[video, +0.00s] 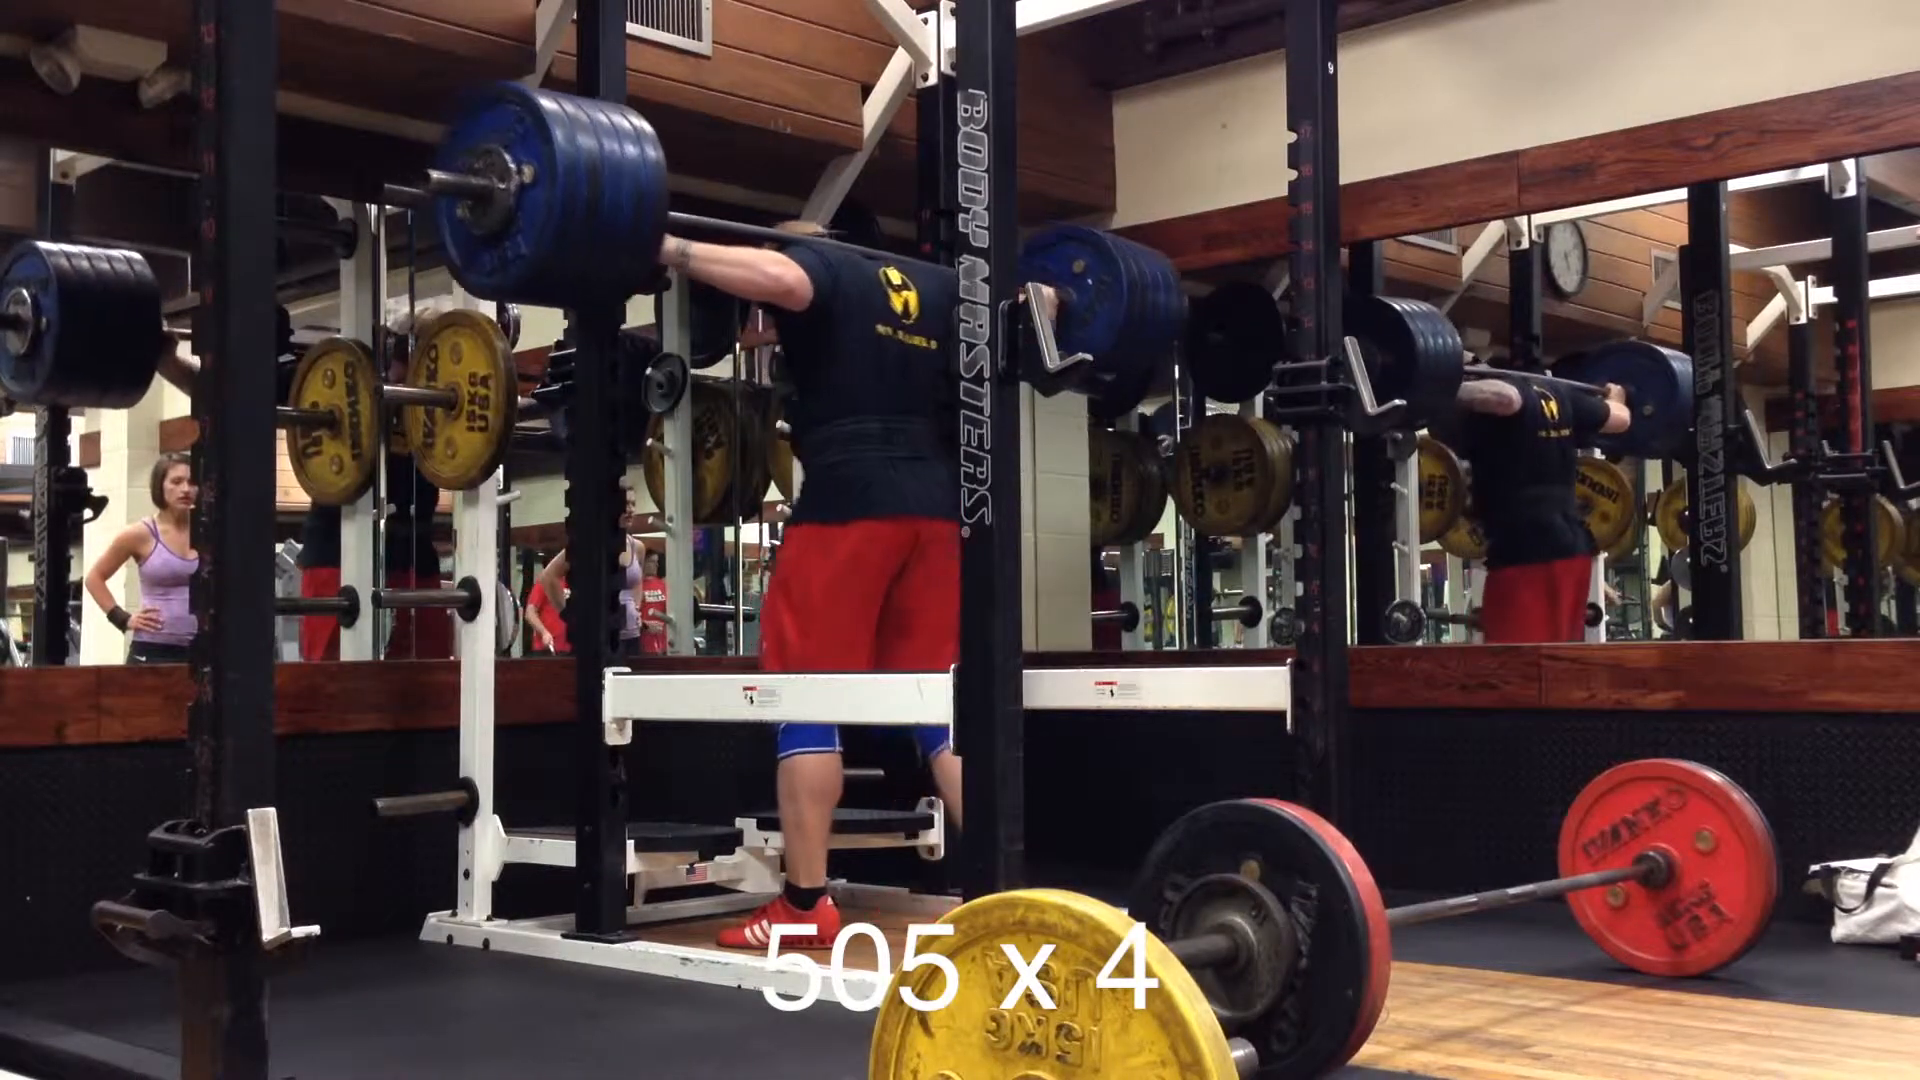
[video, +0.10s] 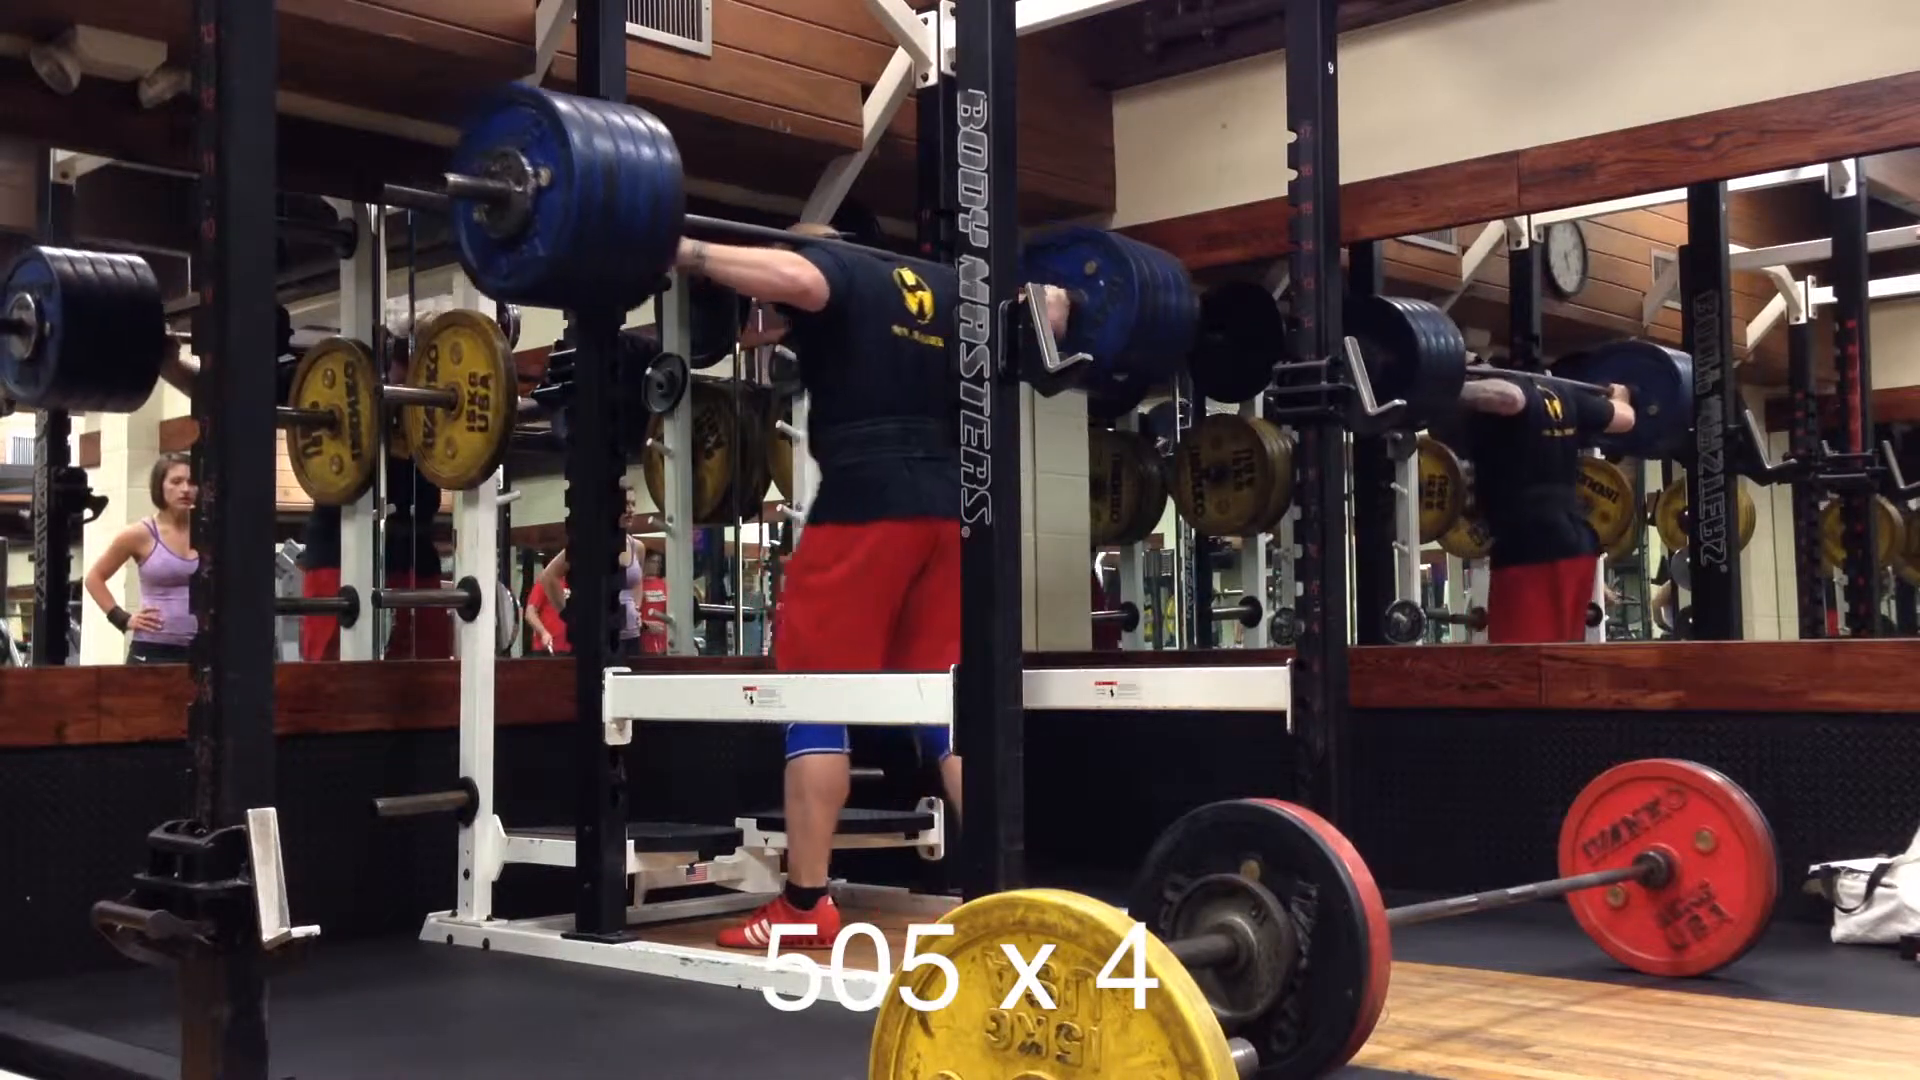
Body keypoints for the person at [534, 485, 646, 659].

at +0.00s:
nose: (629, 510)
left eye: (632, 504)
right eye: (624, 504)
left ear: (635, 507)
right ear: (609, 506)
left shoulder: (637, 547)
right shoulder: (590, 543)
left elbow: (637, 581)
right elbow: (548, 577)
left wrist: (635, 608)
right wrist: (567, 611)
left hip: (630, 629)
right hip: (597, 630)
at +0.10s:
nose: (629, 510)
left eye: (632, 504)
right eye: (624, 504)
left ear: (636, 507)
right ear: (609, 507)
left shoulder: (637, 546)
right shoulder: (590, 542)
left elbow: (637, 581)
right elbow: (548, 577)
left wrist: (635, 608)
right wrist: (567, 612)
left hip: (630, 629)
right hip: (597, 630)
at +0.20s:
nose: (630, 510)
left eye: (633, 504)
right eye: (625, 504)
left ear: (637, 508)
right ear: (611, 506)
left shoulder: (637, 547)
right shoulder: (589, 542)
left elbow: (637, 581)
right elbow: (548, 577)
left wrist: (635, 607)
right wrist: (566, 612)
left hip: (630, 630)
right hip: (597, 631)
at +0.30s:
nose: (630, 510)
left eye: (634, 504)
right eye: (625, 504)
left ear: (637, 508)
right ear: (611, 506)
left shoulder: (637, 547)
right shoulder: (589, 542)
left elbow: (637, 580)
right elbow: (548, 577)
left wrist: (636, 607)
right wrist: (565, 613)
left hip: (630, 630)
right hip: (597, 632)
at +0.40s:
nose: (630, 510)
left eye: (634, 504)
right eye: (625, 504)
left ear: (637, 508)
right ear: (611, 506)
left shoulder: (637, 547)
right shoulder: (589, 542)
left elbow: (637, 581)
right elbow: (548, 577)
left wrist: (636, 607)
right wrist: (564, 612)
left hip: (630, 630)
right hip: (597, 631)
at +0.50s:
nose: (630, 510)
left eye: (634, 504)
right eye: (625, 504)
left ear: (637, 508)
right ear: (612, 506)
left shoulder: (637, 547)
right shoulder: (589, 543)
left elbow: (637, 580)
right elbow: (548, 577)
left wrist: (636, 607)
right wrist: (565, 612)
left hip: (630, 630)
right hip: (597, 631)